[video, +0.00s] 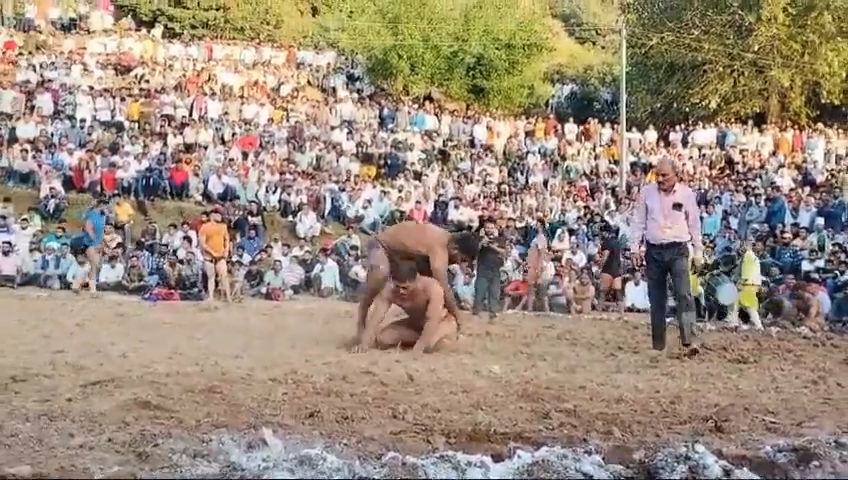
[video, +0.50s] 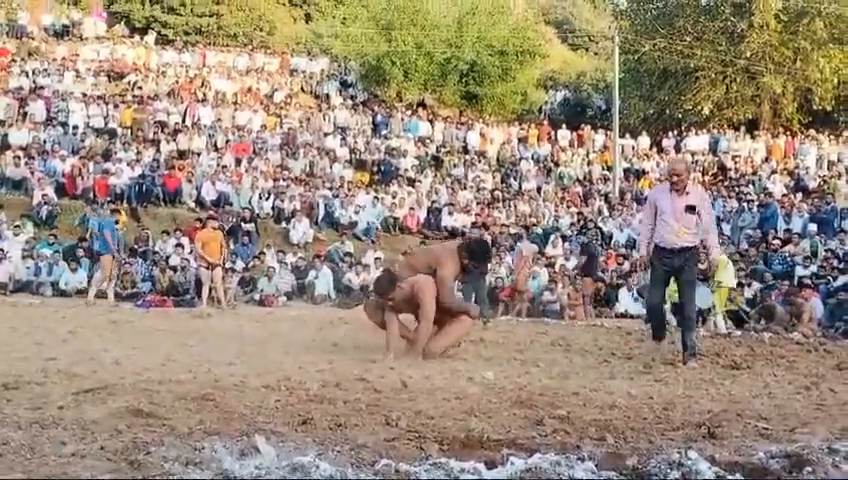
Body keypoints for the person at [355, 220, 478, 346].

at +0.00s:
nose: (460, 263)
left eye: (464, 261)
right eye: (462, 259)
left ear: (456, 245)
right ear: (455, 248)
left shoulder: (447, 241)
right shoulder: (438, 248)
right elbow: (443, 288)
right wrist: (458, 318)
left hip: (401, 253)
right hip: (380, 244)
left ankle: (419, 321)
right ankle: (361, 323)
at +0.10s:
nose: (462, 258)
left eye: (466, 256)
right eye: (464, 254)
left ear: (457, 240)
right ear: (457, 245)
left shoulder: (448, 235)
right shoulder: (439, 243)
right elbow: (443, 283)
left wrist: (451, 301)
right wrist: (455, 303)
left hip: (408, 255)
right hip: (384, 251)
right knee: (377, 291)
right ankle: (386, 327)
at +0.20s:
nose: (463, 255)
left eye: (467, 252)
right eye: (465, 251)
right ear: (460, 243)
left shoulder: (446, 233)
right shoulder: (442, 244)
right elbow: (440, 278)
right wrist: (454, 295)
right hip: (389, 257)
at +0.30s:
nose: (466, 254)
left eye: (469, 251)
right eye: (468, 250)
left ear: (461, 235)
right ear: (462, 243)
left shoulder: (447, 235)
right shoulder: (444, 244)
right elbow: (442, 280)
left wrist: (454, 260)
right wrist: (457, 293)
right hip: (394, 265)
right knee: (374, 301)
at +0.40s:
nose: (471, 258)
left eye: (474, 255)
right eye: (472, 254)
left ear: (463, 242)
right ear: (464, 249)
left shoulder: (451, 241)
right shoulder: (447, 250)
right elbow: (443, 287)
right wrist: (464, 300)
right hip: (397, 272)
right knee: (373, 307)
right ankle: (410, 336)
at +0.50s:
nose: (474, 270)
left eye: (478, 267)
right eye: (474, 266)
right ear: (466, 259)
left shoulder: (462, 246)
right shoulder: (448, 262)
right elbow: (446, 301)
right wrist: (469, 307)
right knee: (372, 307)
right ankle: (411, 338)